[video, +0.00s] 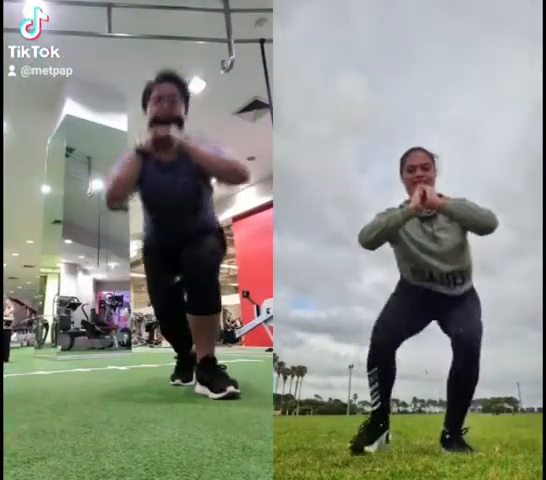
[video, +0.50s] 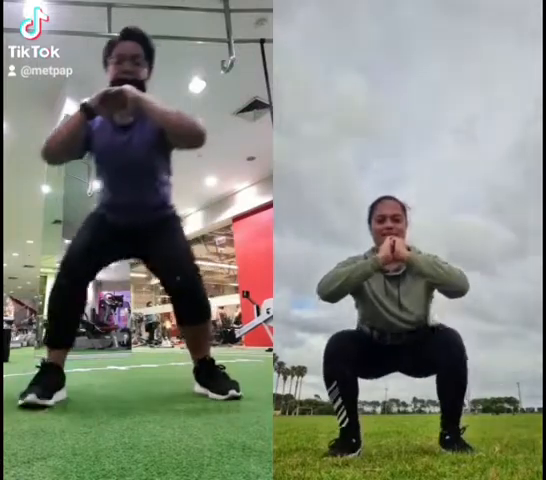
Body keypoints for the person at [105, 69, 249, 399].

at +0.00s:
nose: (164, 107)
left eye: (171, 100)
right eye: (157, 100)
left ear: (184, 109)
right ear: (146, 110)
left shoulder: (196, 148)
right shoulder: (137, 157)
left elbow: (240, 174)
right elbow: (114, 199)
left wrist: (185, 148)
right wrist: (140, 156)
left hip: (201, 236)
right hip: (159, 242)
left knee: (202, 275)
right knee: (166, 313)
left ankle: (207, 364)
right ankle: (185, 354)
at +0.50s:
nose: (125, 68)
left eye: (135, 62)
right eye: (118, 61)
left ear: (148, 71)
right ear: (107, 68)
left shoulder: (158, 116)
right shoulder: (93, 119)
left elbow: (196, 137)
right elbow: (52, 154)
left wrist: (141, 103)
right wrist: (88, 109)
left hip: (158, 220)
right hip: (108, 220)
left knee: (188, 286)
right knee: (70, 277)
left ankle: (205, 368)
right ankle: (52, 372)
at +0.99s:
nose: (65, 37)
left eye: (74, 31)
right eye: (59, 29)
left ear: (90, 41)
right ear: (47, 33)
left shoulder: (99, 85)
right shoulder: (32, 84)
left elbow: (139, 108)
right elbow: (5, 118)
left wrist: (85, 68)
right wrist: (17, 78)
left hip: (99, 200)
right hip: (49, 199)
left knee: (104, 292)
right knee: (43, 284)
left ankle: (78, 335)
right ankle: (51, 371)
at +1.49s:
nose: (47, 99)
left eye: (56, 92)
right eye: (39, 91)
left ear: (69, 102)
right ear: (24, 99)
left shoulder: (83, 144)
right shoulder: (14, 144)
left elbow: (117, 180)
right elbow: (3, 181)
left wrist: (65, 141)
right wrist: (13, 141)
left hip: (84, 250)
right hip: (38, 246)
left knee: (72, 352)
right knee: (29, 256)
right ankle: (47, 369)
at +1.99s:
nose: (51, 30)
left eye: (60, 23)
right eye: (44, 22)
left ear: (74, 33)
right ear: (30, 30)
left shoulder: (89, 78)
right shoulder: (21, 82)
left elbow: (133, 106)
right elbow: (5, 119)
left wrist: (77, 65)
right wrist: (14, 74)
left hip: (101, 195)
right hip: (52, 196)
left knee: (122, 276)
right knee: (45, 276)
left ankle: (98, 329)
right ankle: (48, 371)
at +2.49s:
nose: (116, 78)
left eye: (125, 70)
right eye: (107, 70)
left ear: (137, 79)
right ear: (91, 79)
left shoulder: (150, 124)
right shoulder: (80, 127)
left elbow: (197, 157)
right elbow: (44, 172)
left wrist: (140, 118)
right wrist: (81, 122)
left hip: (151, 235)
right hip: (97, 237)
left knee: (199, 271)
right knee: (50, 272)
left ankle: (210, 370)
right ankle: (49, 372)